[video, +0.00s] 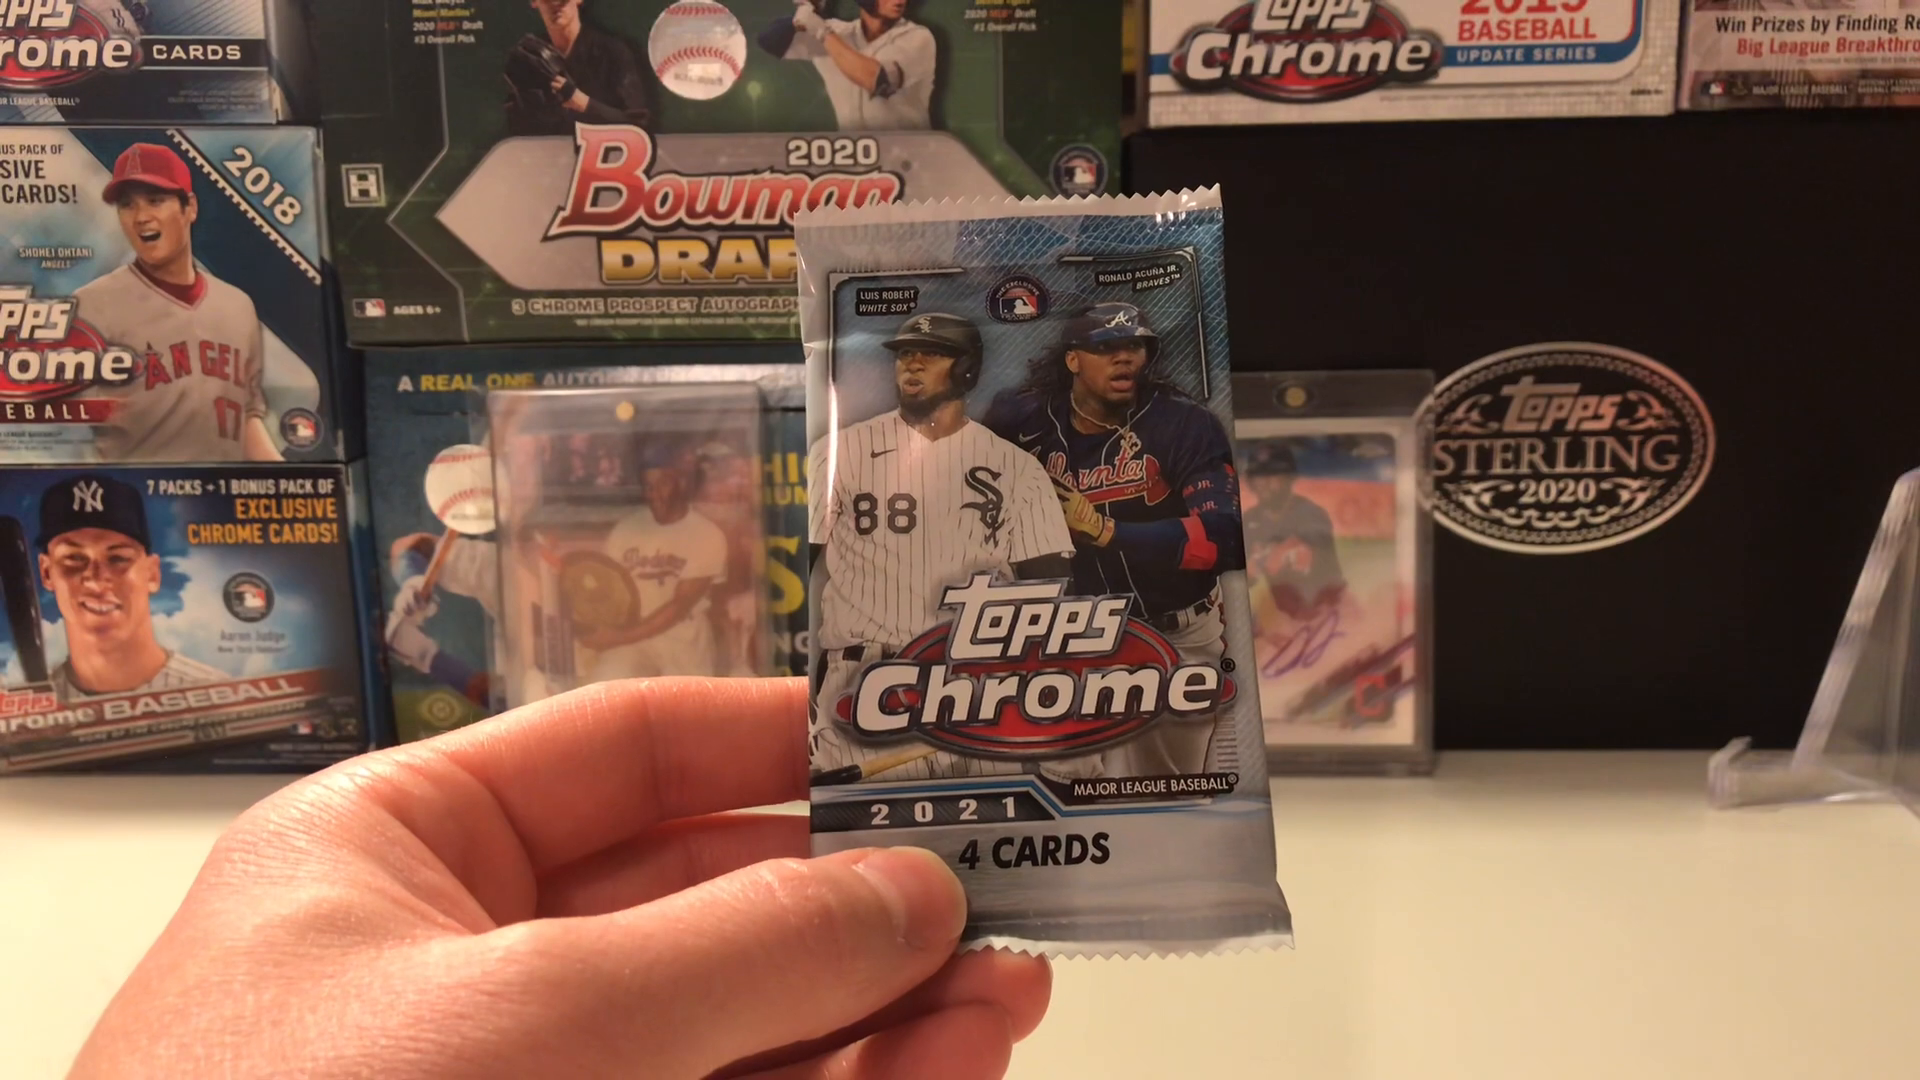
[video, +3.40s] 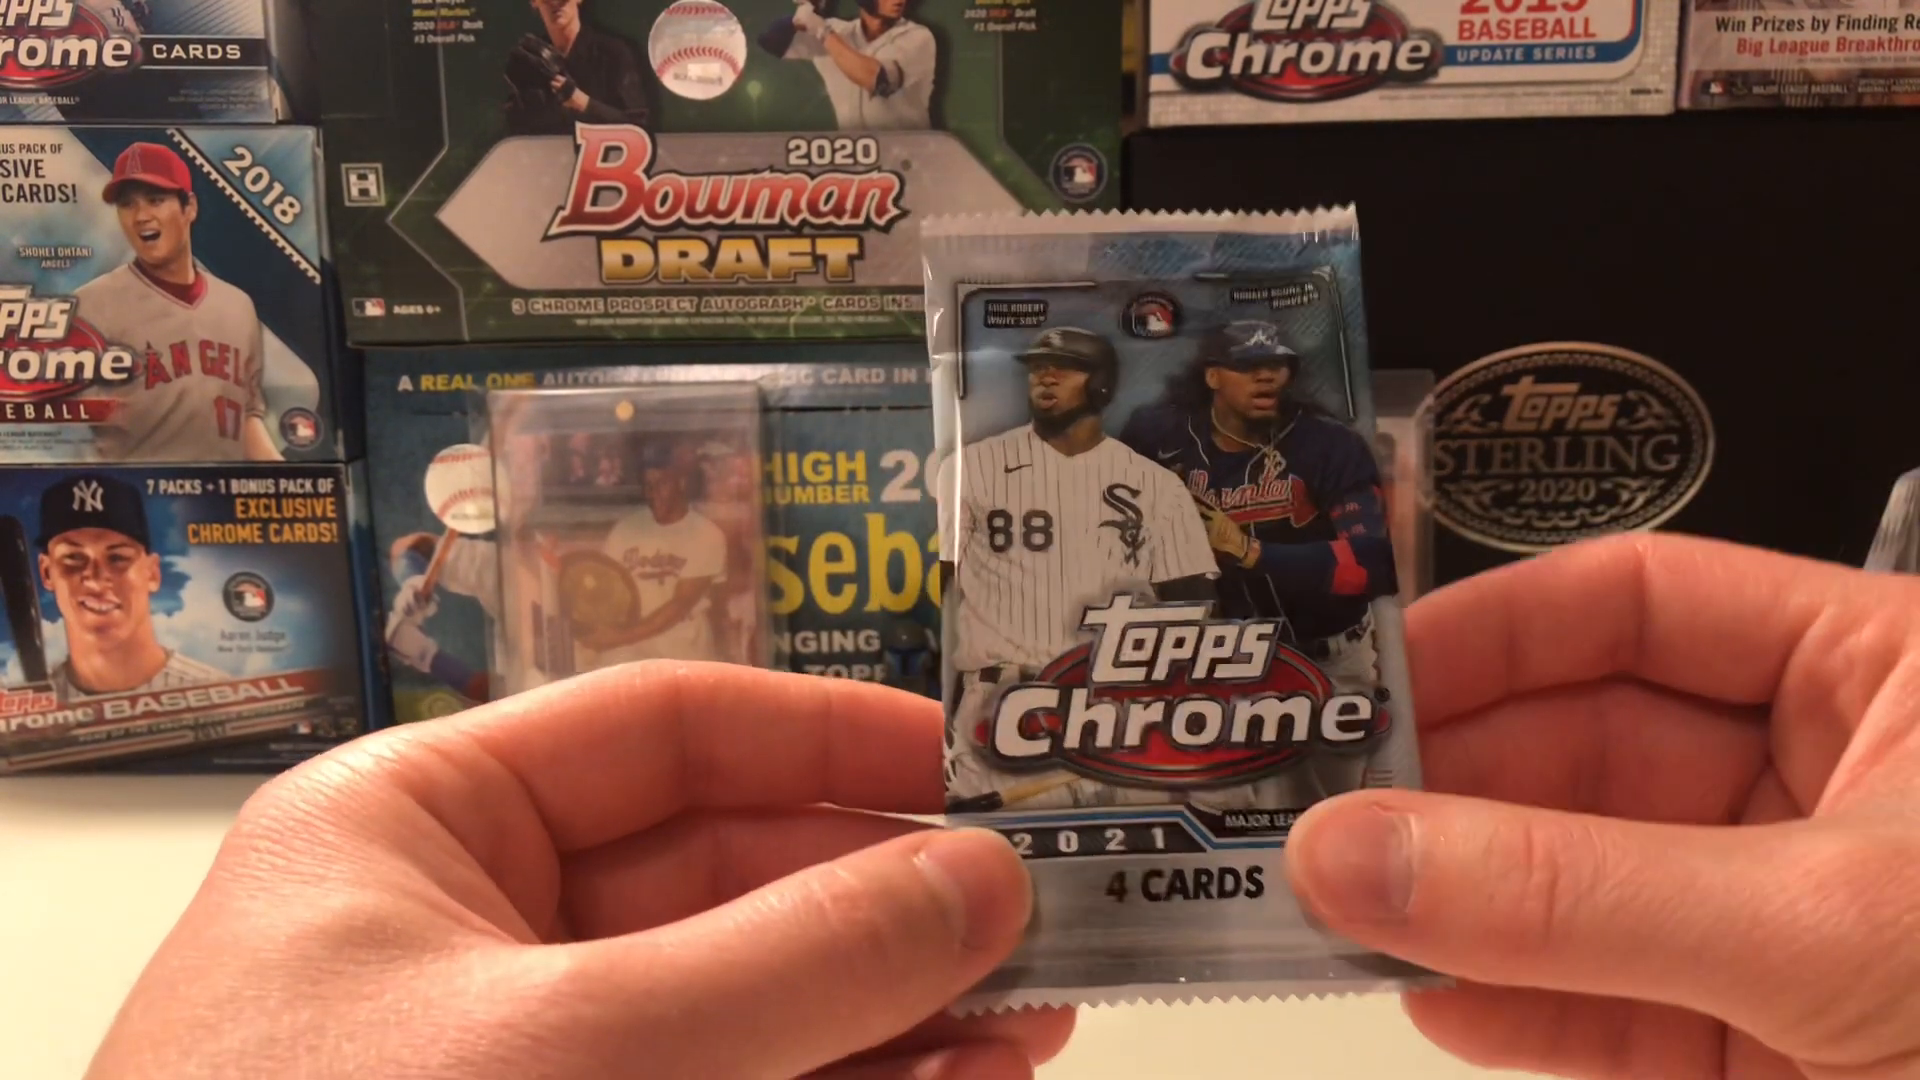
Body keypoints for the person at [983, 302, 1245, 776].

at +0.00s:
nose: (1126, 358)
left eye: (1135, 346)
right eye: (1108, 348)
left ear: (1148, 355)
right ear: (1073, 360)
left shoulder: (1187, 427)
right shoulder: (1020, 421)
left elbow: (1223, 540)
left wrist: (1107, 531)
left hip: (1178, 630)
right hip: (1068, 633)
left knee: (1172, 799)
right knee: (1072, 793)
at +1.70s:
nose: (1191, 372)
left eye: (1199, 360)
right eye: (1172, 361)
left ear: (1212, 369)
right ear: (1137, 374)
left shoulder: (1253, 443)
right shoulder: (1086, 437)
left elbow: (1287, 557)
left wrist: (1172, 546)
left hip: (1249, 648)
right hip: (1136, 651)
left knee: (1247, 814)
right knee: (1139, 812)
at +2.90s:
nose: (1257, 370)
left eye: (1266, 357)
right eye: (1238, 359)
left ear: (1278, 366)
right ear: (1201, 371)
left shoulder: (1320, 443)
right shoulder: (1149, 434)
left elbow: (1356, 558)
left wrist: (1240, 549)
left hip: (1317, 656)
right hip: (1199, 659)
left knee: (1317, 826)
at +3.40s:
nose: (1268, 377)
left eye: (1277, 365)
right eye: (1250, 367)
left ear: (1291, 371)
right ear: (1213, 377)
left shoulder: (1331, 446)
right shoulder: (1160, 439)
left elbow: (1371, 564)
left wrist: (1252, 552)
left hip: (1325, 650)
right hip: (1204, 652)